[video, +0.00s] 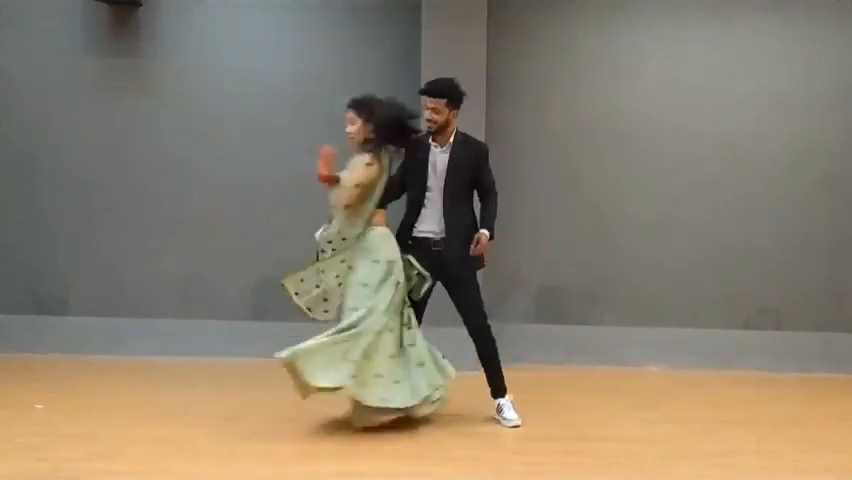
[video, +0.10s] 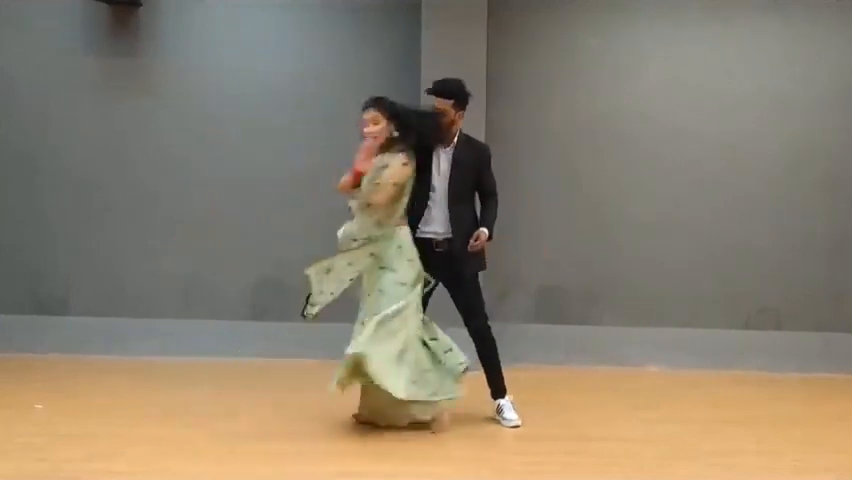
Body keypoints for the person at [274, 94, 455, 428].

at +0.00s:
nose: (347, 129)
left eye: (353, 123)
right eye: (348, 122)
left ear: (370, 127)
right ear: (368, 129)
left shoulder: (365, 164)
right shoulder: (374, 160)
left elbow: (345, 202)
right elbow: (352, 193)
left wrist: (331, 181)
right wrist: (333, 179)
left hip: (373, 246)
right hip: (380, 243)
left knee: (366, 320)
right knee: (379, 320)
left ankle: (375, 401)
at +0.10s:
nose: (368, 129)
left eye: (375, 123)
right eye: (366, 124)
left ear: (392, 125)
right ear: (364, 128)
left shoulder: (401, 163)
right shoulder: (373, 158)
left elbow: (379, 201)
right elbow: (344, 188)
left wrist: (366, 169)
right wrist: (362, 163)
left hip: (397, 250)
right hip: (373, 248)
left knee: (395, 325)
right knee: (375, 323)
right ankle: (376, 403)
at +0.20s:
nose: (394, 130)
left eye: (399, 123)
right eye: (387, 125)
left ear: (408, 126)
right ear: (379, 132)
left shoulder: (422, 157)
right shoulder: (376, 165)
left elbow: (414, 187)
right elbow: (363, 194)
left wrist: (377, 186)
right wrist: (389, 180)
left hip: (418, 251)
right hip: (385, 253)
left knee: (421, 329)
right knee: (383, 327)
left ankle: (453, 404)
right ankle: (381, 406)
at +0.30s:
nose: (417, 131)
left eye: (420, 124)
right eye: (409, 126)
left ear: (426, 128)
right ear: (395, 134)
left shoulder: (441, 160)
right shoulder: (388, 168)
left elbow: (437, 198)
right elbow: (387, 194)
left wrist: (395, 197)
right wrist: (424, 188)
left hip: (434, 258)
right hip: (399, 259)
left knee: (434, 327)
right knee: (392, 327)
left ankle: (437, 403)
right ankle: (386, 402)